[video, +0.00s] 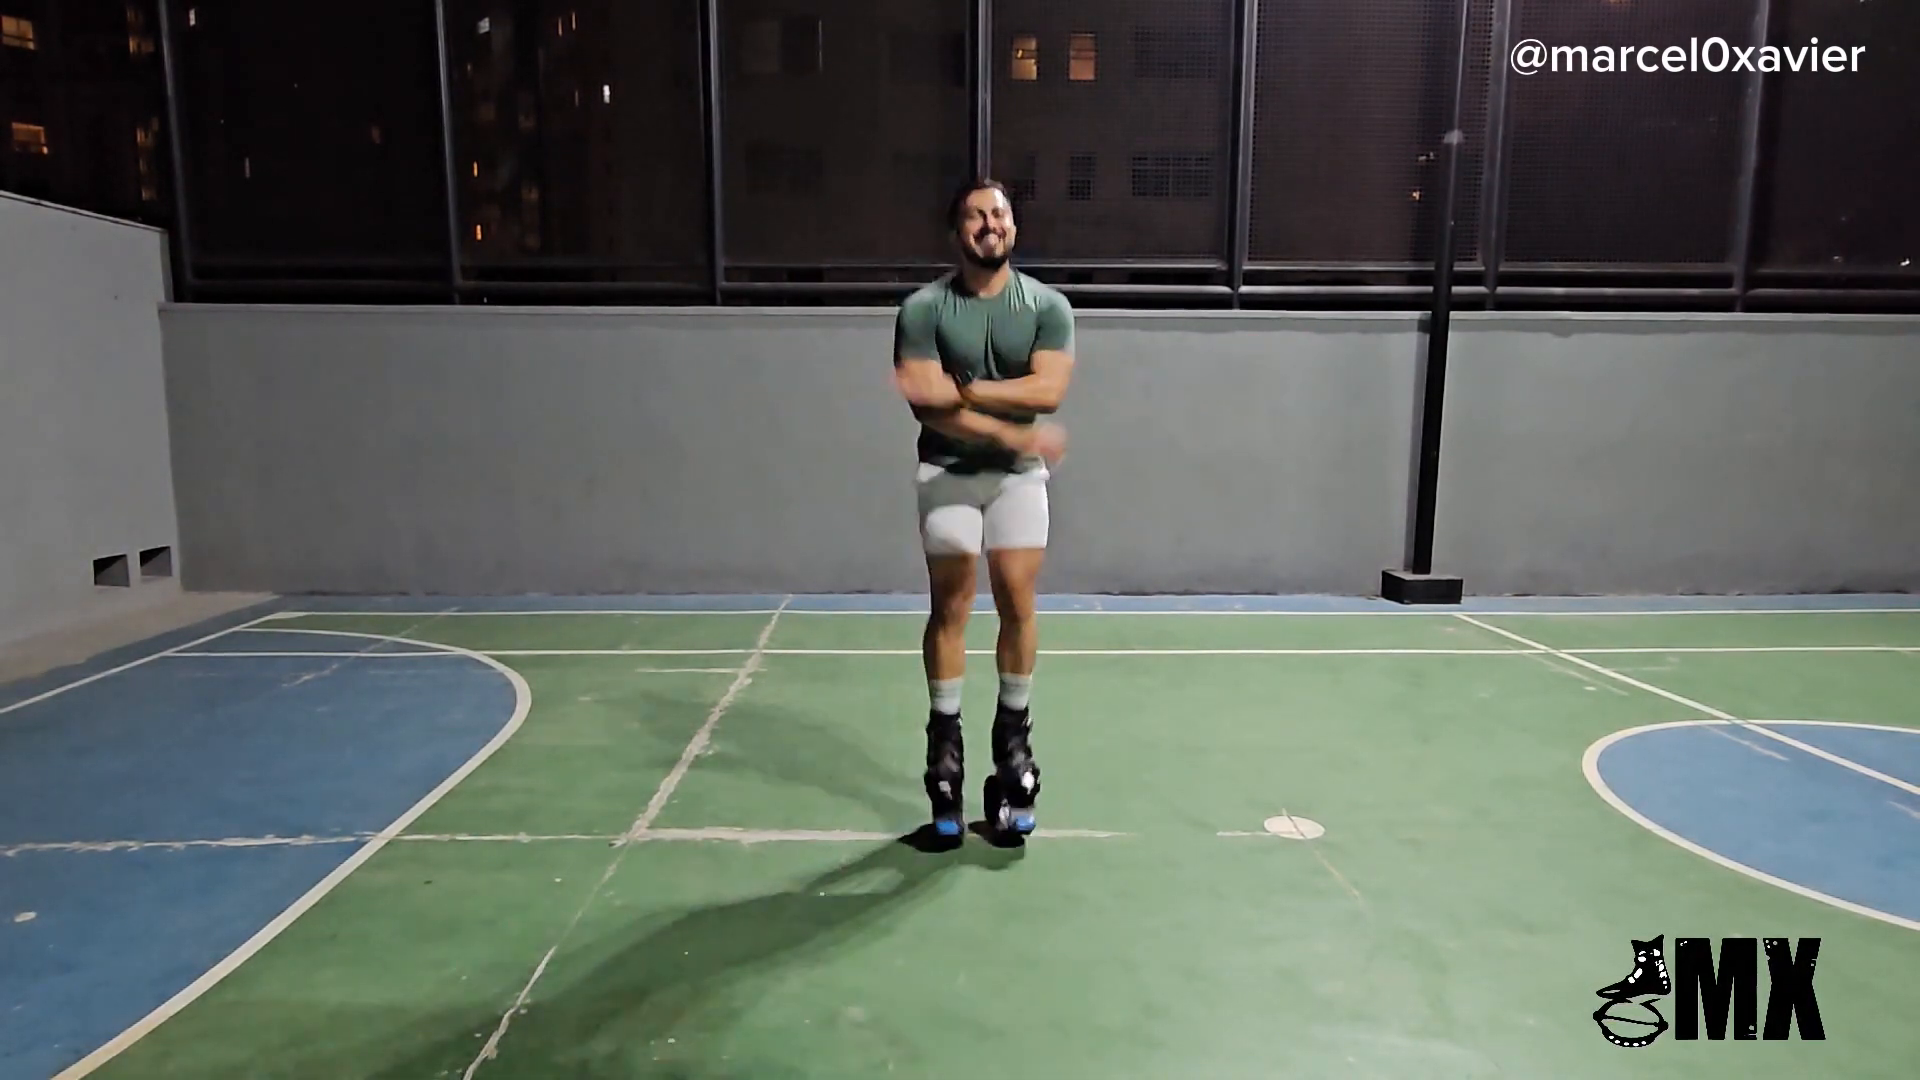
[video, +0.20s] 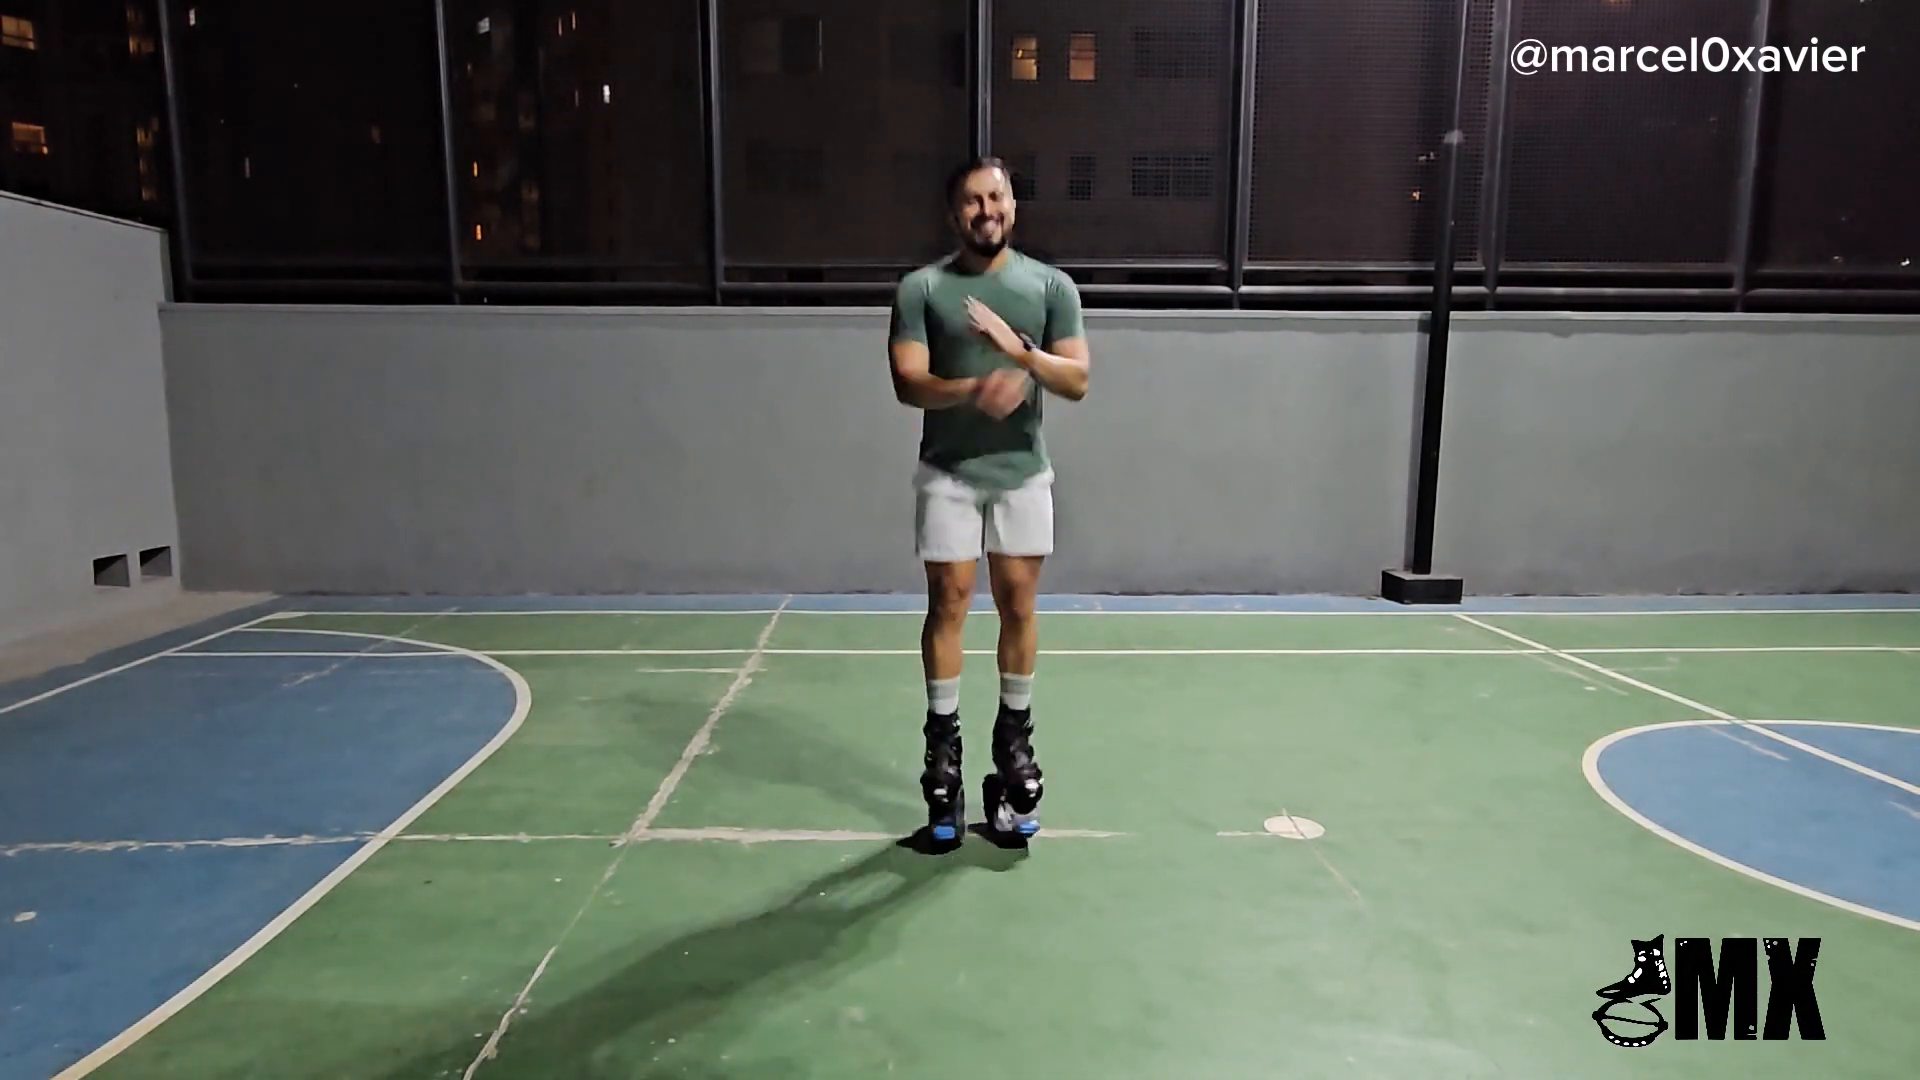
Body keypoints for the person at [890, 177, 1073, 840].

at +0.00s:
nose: (990, 224)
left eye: (998, 213)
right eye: (976, 215)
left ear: (1014, 227)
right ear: (957, 232)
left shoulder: (1048, 306)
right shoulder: (924, 308)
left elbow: (1049, 390)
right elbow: (926, 401)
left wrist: (959, 390)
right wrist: (1014, 433)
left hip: (1020, 471)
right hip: (948, 472)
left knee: (1017, 601)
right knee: (950, 604)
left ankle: (1013, 738)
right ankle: (945, 744)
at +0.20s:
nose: (985, 209)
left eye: (996, 197)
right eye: (972, 199)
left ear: (1014, 206)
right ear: (954, 213)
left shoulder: (1053, 288)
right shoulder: (920, 290)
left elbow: (1076, 381)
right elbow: (909, 385)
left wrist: (1020, 351)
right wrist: (973, 388)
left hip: (1023, 471)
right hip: (948, 471)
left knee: (1018, 602)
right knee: (950, 600)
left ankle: (1015, 746)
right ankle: (944, 752)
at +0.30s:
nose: (985, 181)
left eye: (997, 169)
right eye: (972, 171)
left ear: (1019, 183)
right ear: (956, 187)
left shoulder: (1055, 264)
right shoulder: (922, 264)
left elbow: (1088, 354)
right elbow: (888, 358)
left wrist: (1093, 408)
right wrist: (890, 441)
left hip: (1025, 449)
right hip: (945, 450)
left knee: (1032, 584)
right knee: (939, 580)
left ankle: (1034, 718)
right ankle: (927, 724)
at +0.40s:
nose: (987, 192)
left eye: (1000, 182)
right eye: (975, 183)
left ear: (1022, 199)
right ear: (959, 200)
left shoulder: (1054, 282)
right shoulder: (922, 287)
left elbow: (1103, 377)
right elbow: (868, 382)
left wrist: (1155, 453)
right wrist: (817, 464)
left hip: (1028, 457)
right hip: (947, 459)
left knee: (1050, 592)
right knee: (924, 593)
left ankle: (1066, 731)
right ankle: (896, 741)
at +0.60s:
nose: (994, 244)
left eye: (1006, 233)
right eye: (982, 233)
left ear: (1024, 245)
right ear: (964, 248)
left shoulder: (1055, 327)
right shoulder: (925, 332)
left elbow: (1119, 396)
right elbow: (851, 399)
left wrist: (1211, 393)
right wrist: (766, 379)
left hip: (1033, 514)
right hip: (950, 515)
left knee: (1059, 644)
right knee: (920, 644)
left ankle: (1089, 780)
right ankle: (878, 785)